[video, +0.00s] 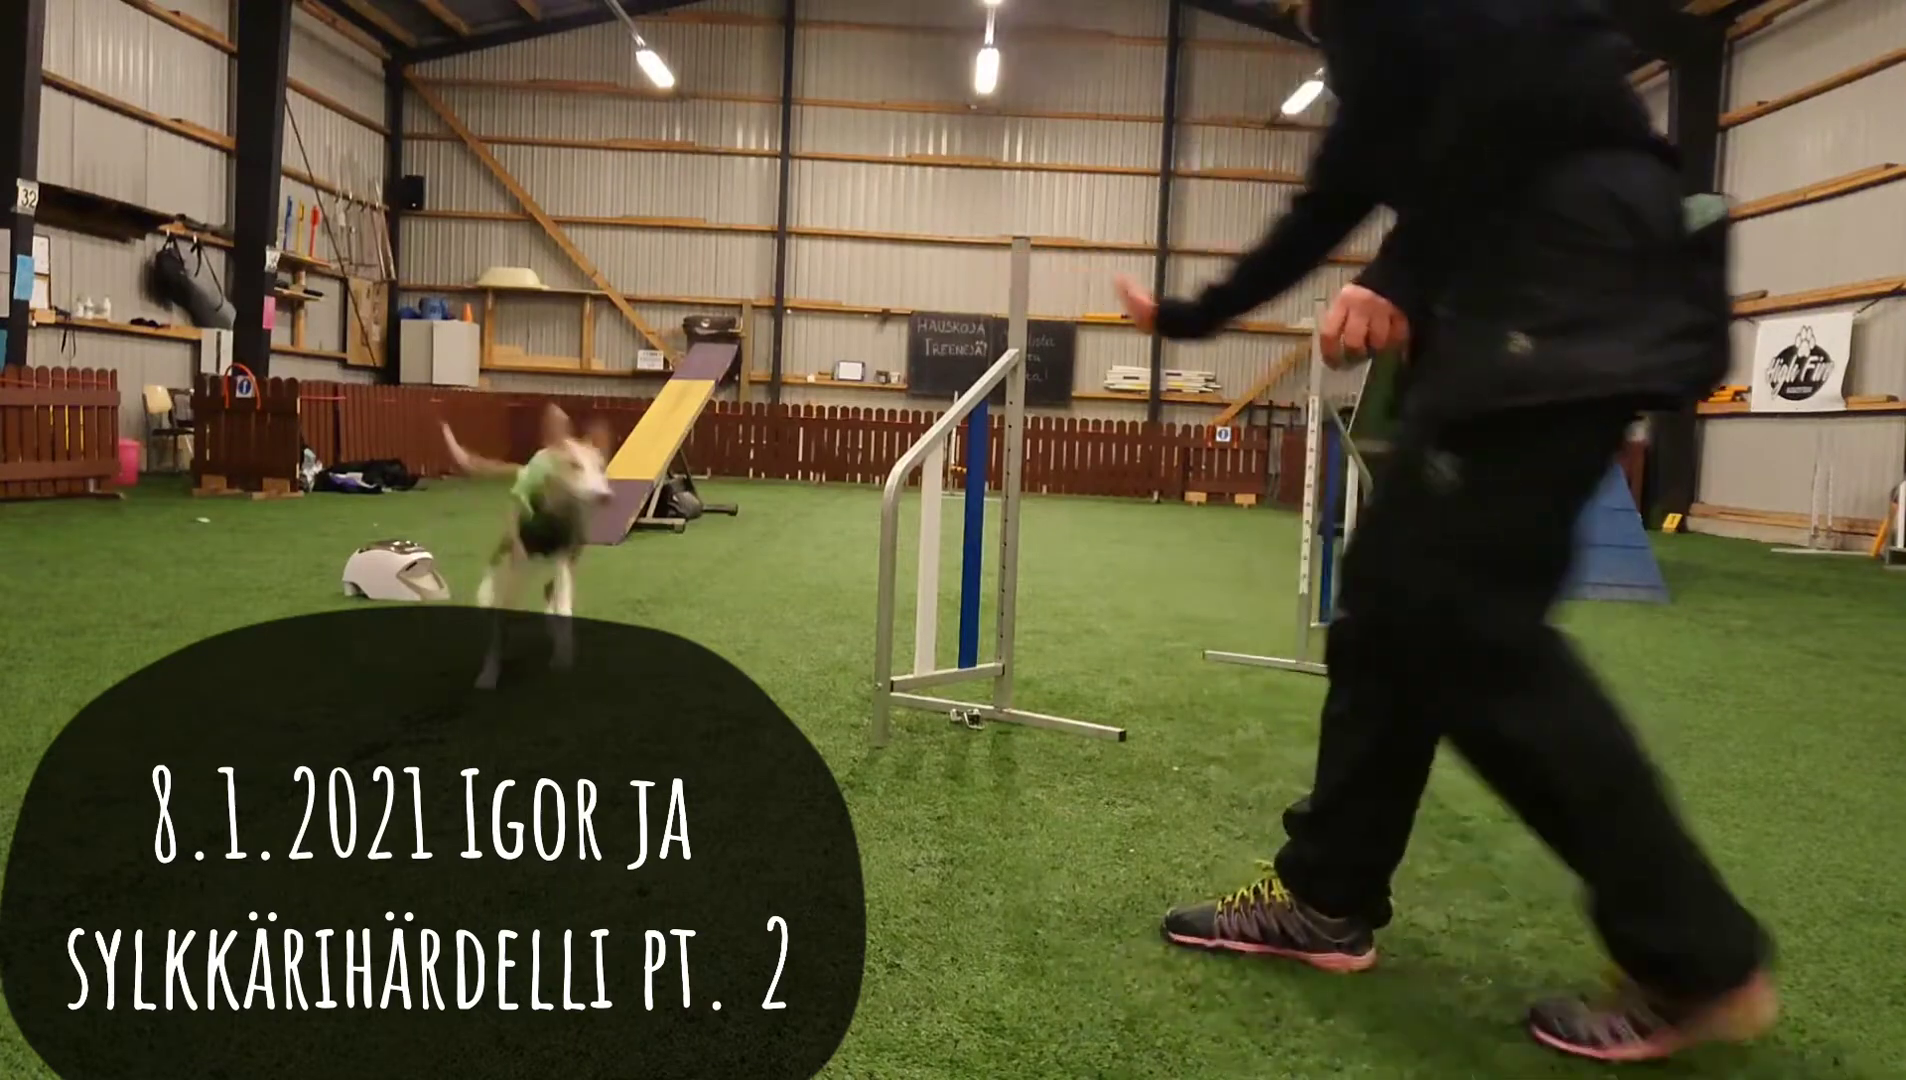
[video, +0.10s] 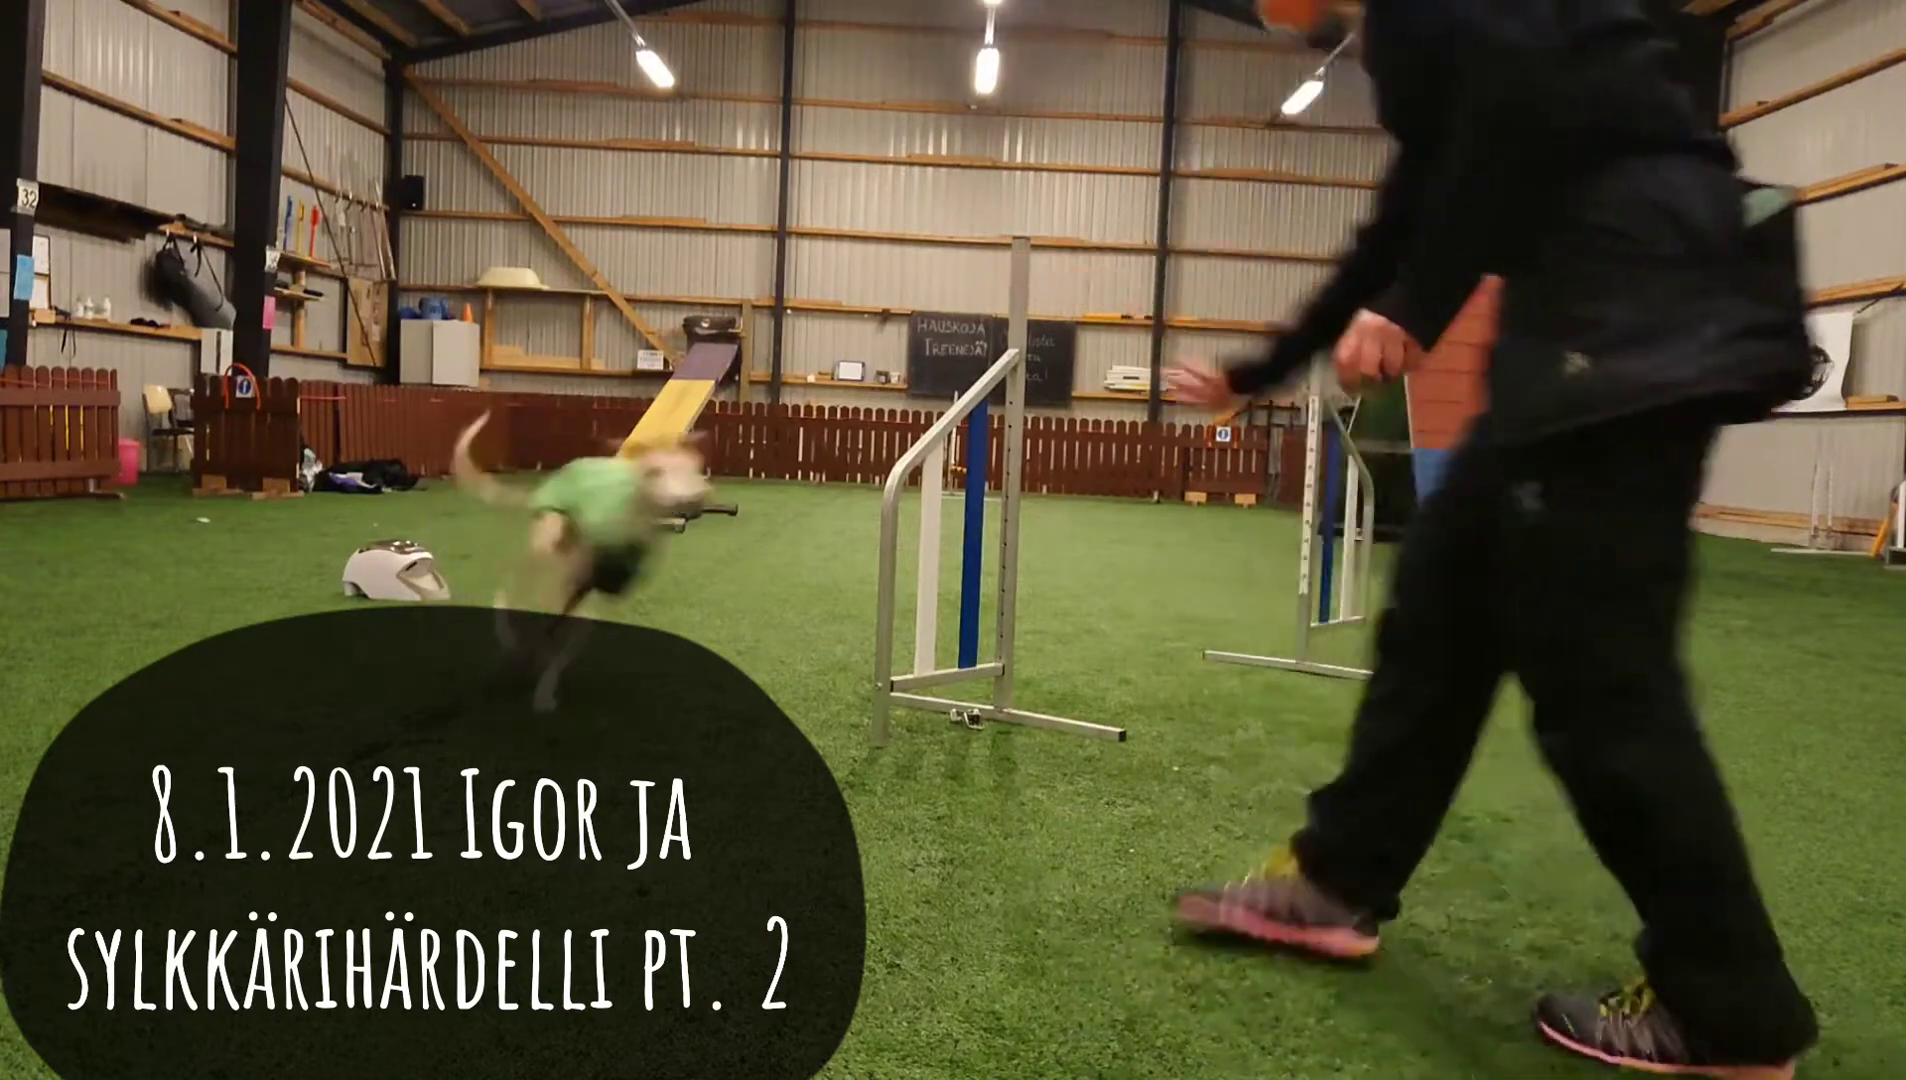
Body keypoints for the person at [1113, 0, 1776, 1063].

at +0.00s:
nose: (1287, 15)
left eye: (1284, 10)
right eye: (1280, 17)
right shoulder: (1388, 34)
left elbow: (1500, 95)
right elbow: (1344, 182)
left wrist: (1401, 274)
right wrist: (1201, 308)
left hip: (1576, 275)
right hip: (1498, 290)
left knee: (1464, 615)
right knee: (1391, 604)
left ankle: (1702, 965)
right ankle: (1328, 900)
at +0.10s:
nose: (1276, 21)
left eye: (1267, 8)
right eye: (1269, 18)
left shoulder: (1437, 8)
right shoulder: (1418, 31)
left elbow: (1508, 115)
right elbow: (1406, 217)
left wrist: (1415, 304)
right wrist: (1263, 365)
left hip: (1631, 310)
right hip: (1567, 317)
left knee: (1599, 677)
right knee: (1444, 607)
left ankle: (1733, 1014)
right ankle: (1338, 885)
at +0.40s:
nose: (1344, 58)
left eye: (1333, 34)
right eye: (1335, 46)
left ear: (1356, 5)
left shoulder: (1431, 11)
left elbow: (1511, 108)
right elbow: (1584, 235)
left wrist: (1444, 320)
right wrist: (1544, 463)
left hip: (1683, 289)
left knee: (1664, 645)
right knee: (1602, 617)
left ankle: (1745, 1014)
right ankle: (1615, 912)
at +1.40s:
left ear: (1091, 1)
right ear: (1172, 8)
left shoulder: (1069, 30)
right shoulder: (1212, 66)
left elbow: (1042, 174)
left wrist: (987, 337)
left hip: (1138, 316)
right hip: (1273, 325)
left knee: (1073, 558)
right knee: (1240, 571)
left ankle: (1057, 796)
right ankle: (1332, 812)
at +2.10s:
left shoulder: (1126, 7)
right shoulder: (1251, 18)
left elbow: (1120, 138)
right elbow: (1241, 152)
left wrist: (1029, 290)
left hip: (1162, 303)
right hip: (1268, 306)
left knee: (1077, 542)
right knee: (1208, 548)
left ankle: (1057, 794)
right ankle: (1335, 765)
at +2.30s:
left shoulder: (1235, 17)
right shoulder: (1318, 20)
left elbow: (1251, 163)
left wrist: (1182, 312)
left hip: (1236, 341)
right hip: (1329, 342)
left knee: (1140, 572)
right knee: (1295, 581)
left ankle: (1066, 788)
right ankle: (1362, 815)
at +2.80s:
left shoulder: (1477, 17)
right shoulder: (1425, 26)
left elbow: (1497, 128)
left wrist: (1441, 288)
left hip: (1495, 320)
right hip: (1457, 323)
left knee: (1457, 582)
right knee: (1421, 584)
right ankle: (1379, 827)